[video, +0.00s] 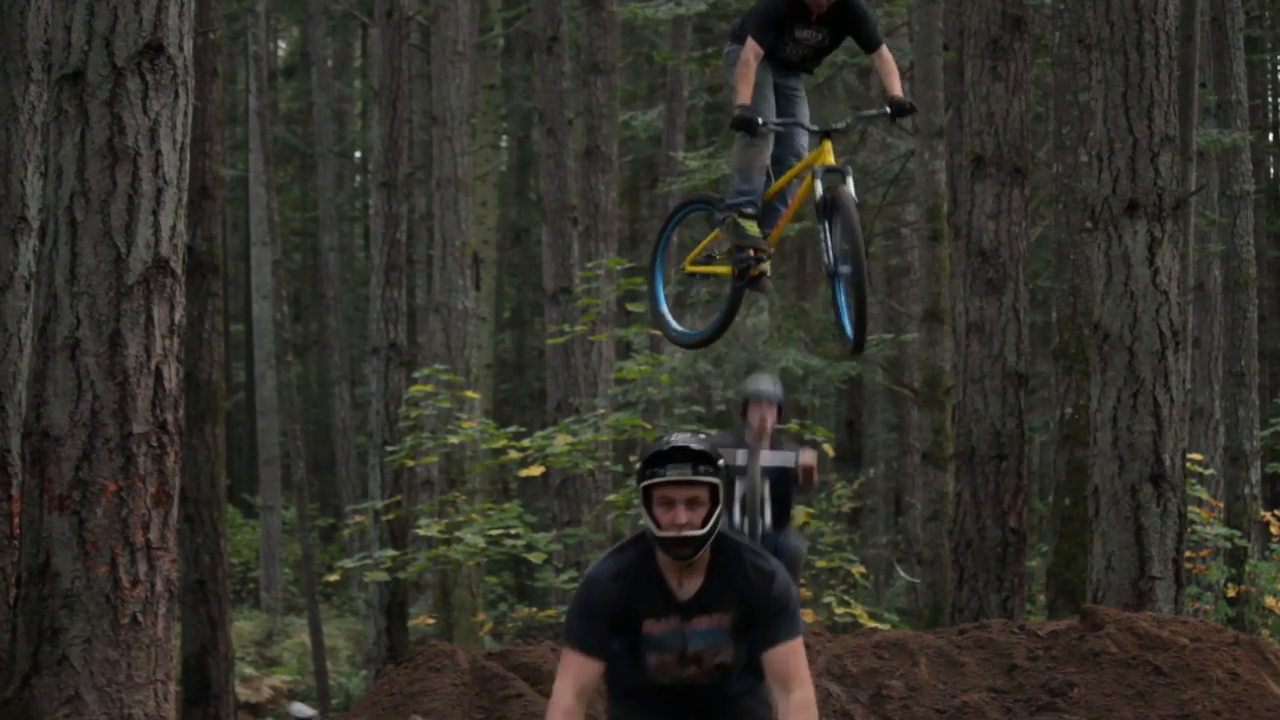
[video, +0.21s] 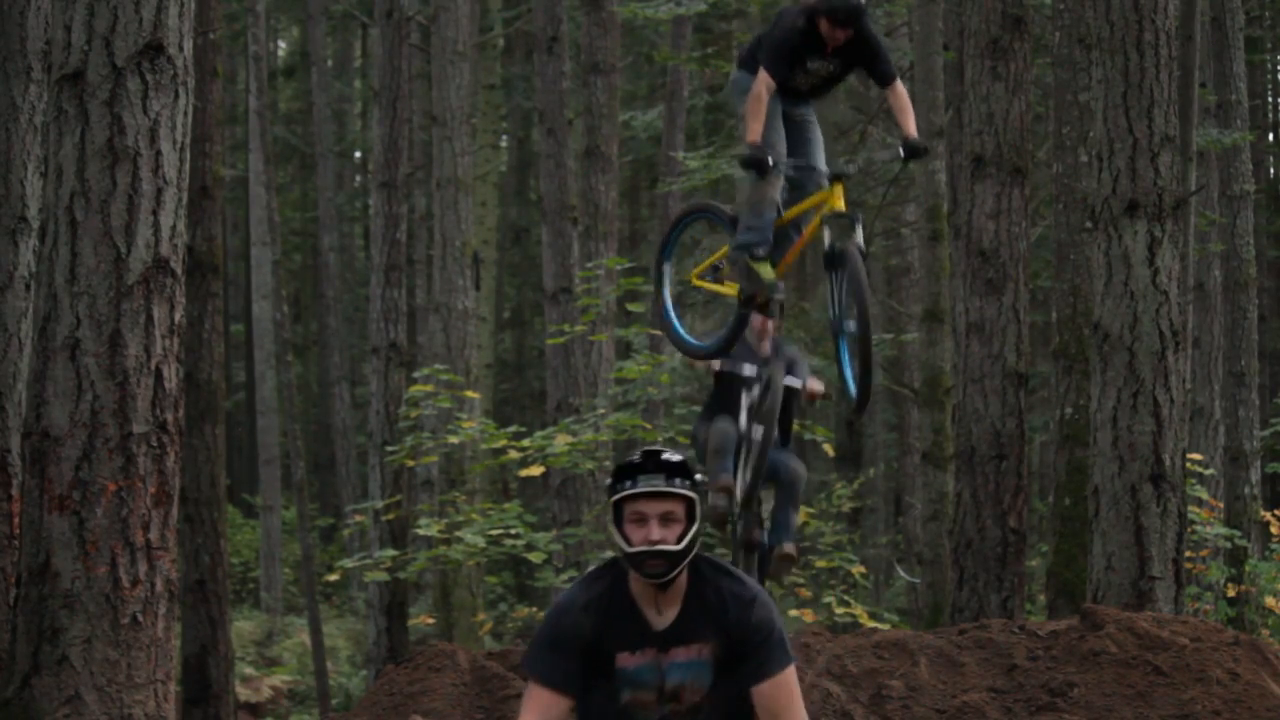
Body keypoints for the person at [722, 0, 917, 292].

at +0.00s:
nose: (820, 1)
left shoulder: (849, 10)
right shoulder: (779, 5)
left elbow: (880, 52)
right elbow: (749, 54)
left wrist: (896, 95)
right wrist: (743, 106)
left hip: (791, 73)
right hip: (753, 60)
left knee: (795, 156)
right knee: (759, 126)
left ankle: (758, 248)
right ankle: (742, 213)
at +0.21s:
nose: (839, 35)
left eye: (847, 29)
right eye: (833, 26)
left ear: (856, 27)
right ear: (819, 18)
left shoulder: (862, 38)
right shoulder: (792, 27)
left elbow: (893, 85)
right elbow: (762, 86)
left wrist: (911, 135)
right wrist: (753, 144)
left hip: (797, 101)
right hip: (757, 89)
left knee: (813, 179)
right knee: (770, 161)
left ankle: (777, 255)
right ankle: (751, 250)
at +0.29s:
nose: (843, 50)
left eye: (851, 44)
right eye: (838, 41)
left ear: (861, 41)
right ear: (825, 32)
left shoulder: (866, 53)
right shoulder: (798, 42)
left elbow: (898, 102)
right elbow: (767, 102)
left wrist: (916, 156)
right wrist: (757, 163)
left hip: (799, 114)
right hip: (758, 101)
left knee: (818, 194)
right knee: (775, 179)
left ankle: (778, 266)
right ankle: (754, 270)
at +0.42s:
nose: (856, 96)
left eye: (864, 90)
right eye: (851, 86)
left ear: (876, 87)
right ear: (839, 75)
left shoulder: (877, 100)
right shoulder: (809, 84)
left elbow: (909, 150)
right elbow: (777, 146)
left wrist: (928, 210)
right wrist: (766, 212)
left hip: (806, 155)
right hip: (761, 140)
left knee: (831, 239)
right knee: (781, 223)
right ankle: (762, 314)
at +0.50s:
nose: (863, 126)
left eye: (871, 120)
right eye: (859, 116)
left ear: (883, 115)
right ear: (846, 103)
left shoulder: (882, 126)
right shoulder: (815, 111)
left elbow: (914, 179)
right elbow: (782, 176)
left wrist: (934, 242)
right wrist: (773, 243)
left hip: (809, 177)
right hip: (763, 162)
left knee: (836, 261)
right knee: (783, 248)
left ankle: (823, 332)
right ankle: (765, 340)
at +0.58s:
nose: (868, 159)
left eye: (877, 153)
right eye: (864, 149)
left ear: (888, 148)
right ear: (852, 136)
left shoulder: (887, 161)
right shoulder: (819, 145)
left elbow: (920, 215)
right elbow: (786, 209)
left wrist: (940, 279)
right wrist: (779, 277)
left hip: (811, 199)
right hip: (765, 187)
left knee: (838, 287)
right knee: (785, 278)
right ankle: (770, 369)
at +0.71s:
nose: (877, 241)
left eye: (887, 234)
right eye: (874, 230)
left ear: (900, 228)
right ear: (862, 214)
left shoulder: (896, 233)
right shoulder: (830, 217)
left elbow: (928, 294)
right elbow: (800, 285)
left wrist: (951, 362)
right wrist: (798, 358)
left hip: (819, 257)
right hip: (771, 248)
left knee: (839, 351)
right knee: (786, 341)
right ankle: (786, 439)